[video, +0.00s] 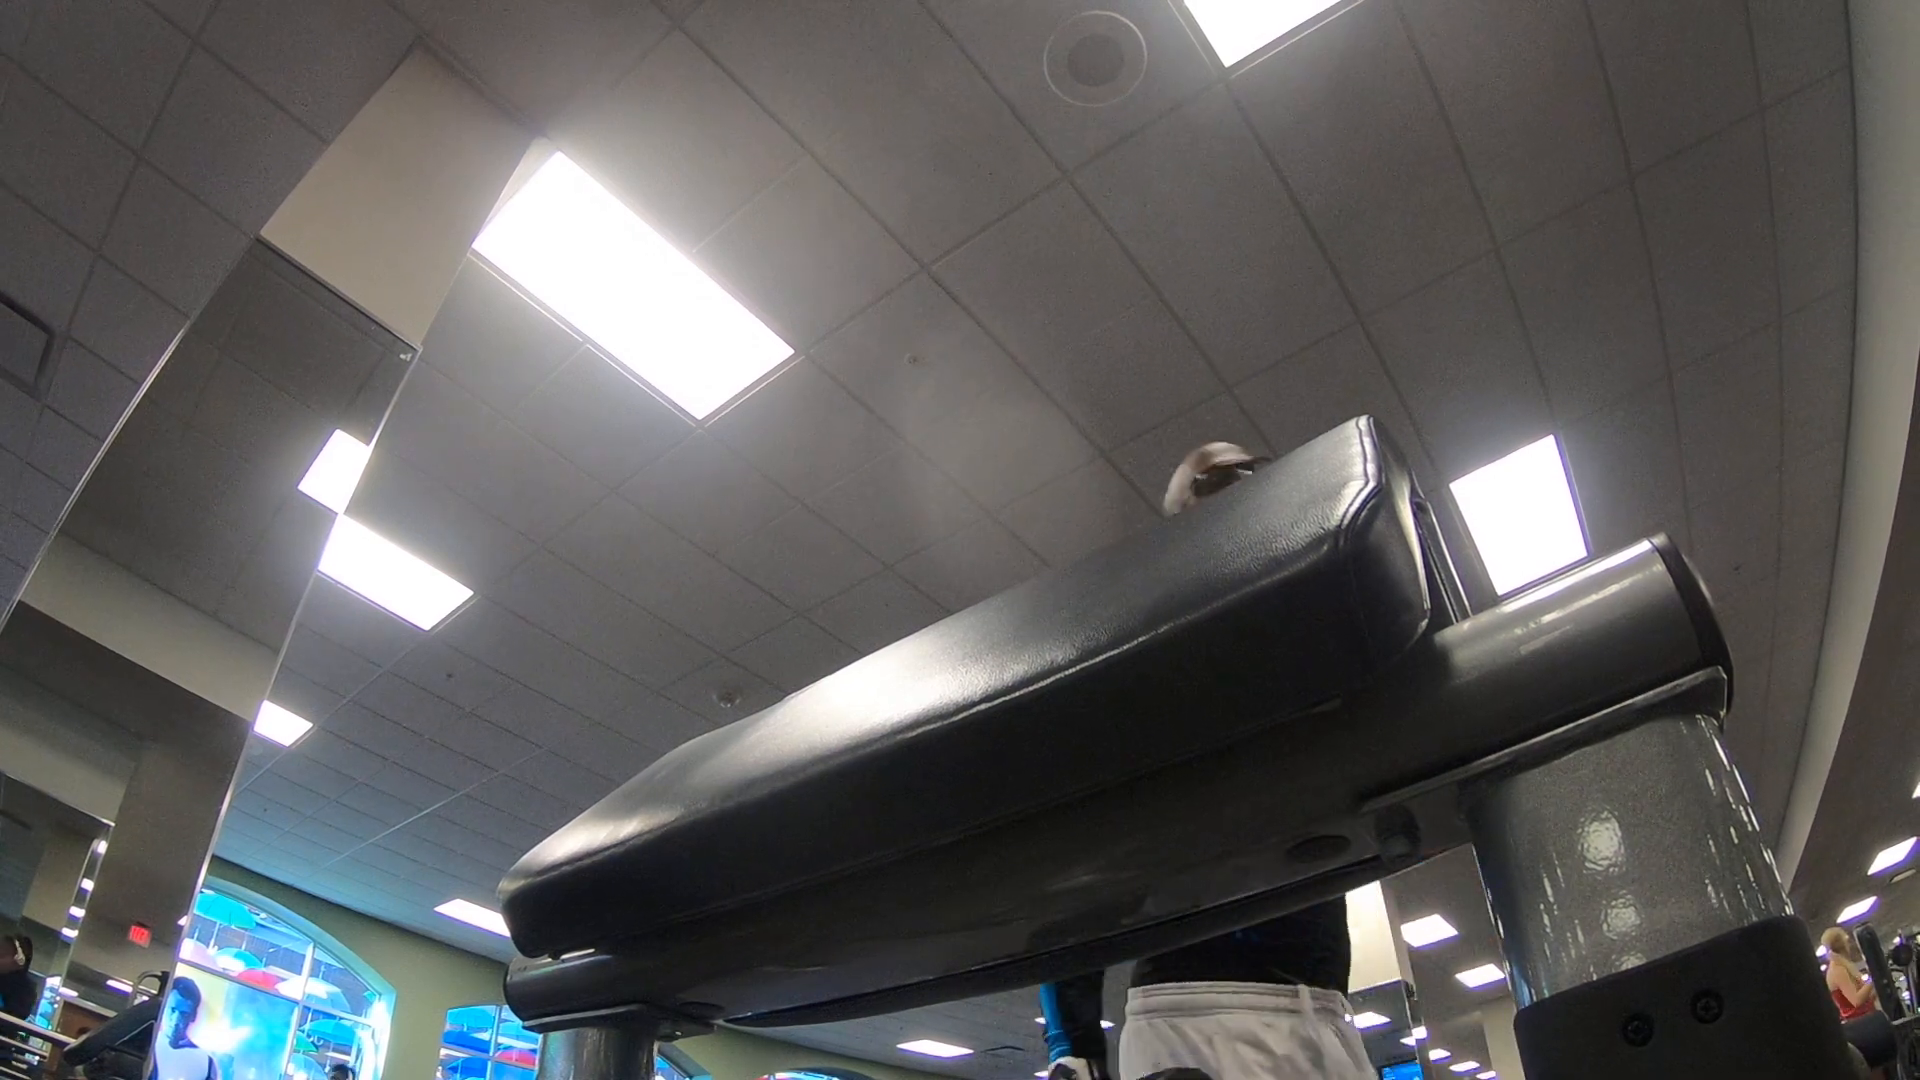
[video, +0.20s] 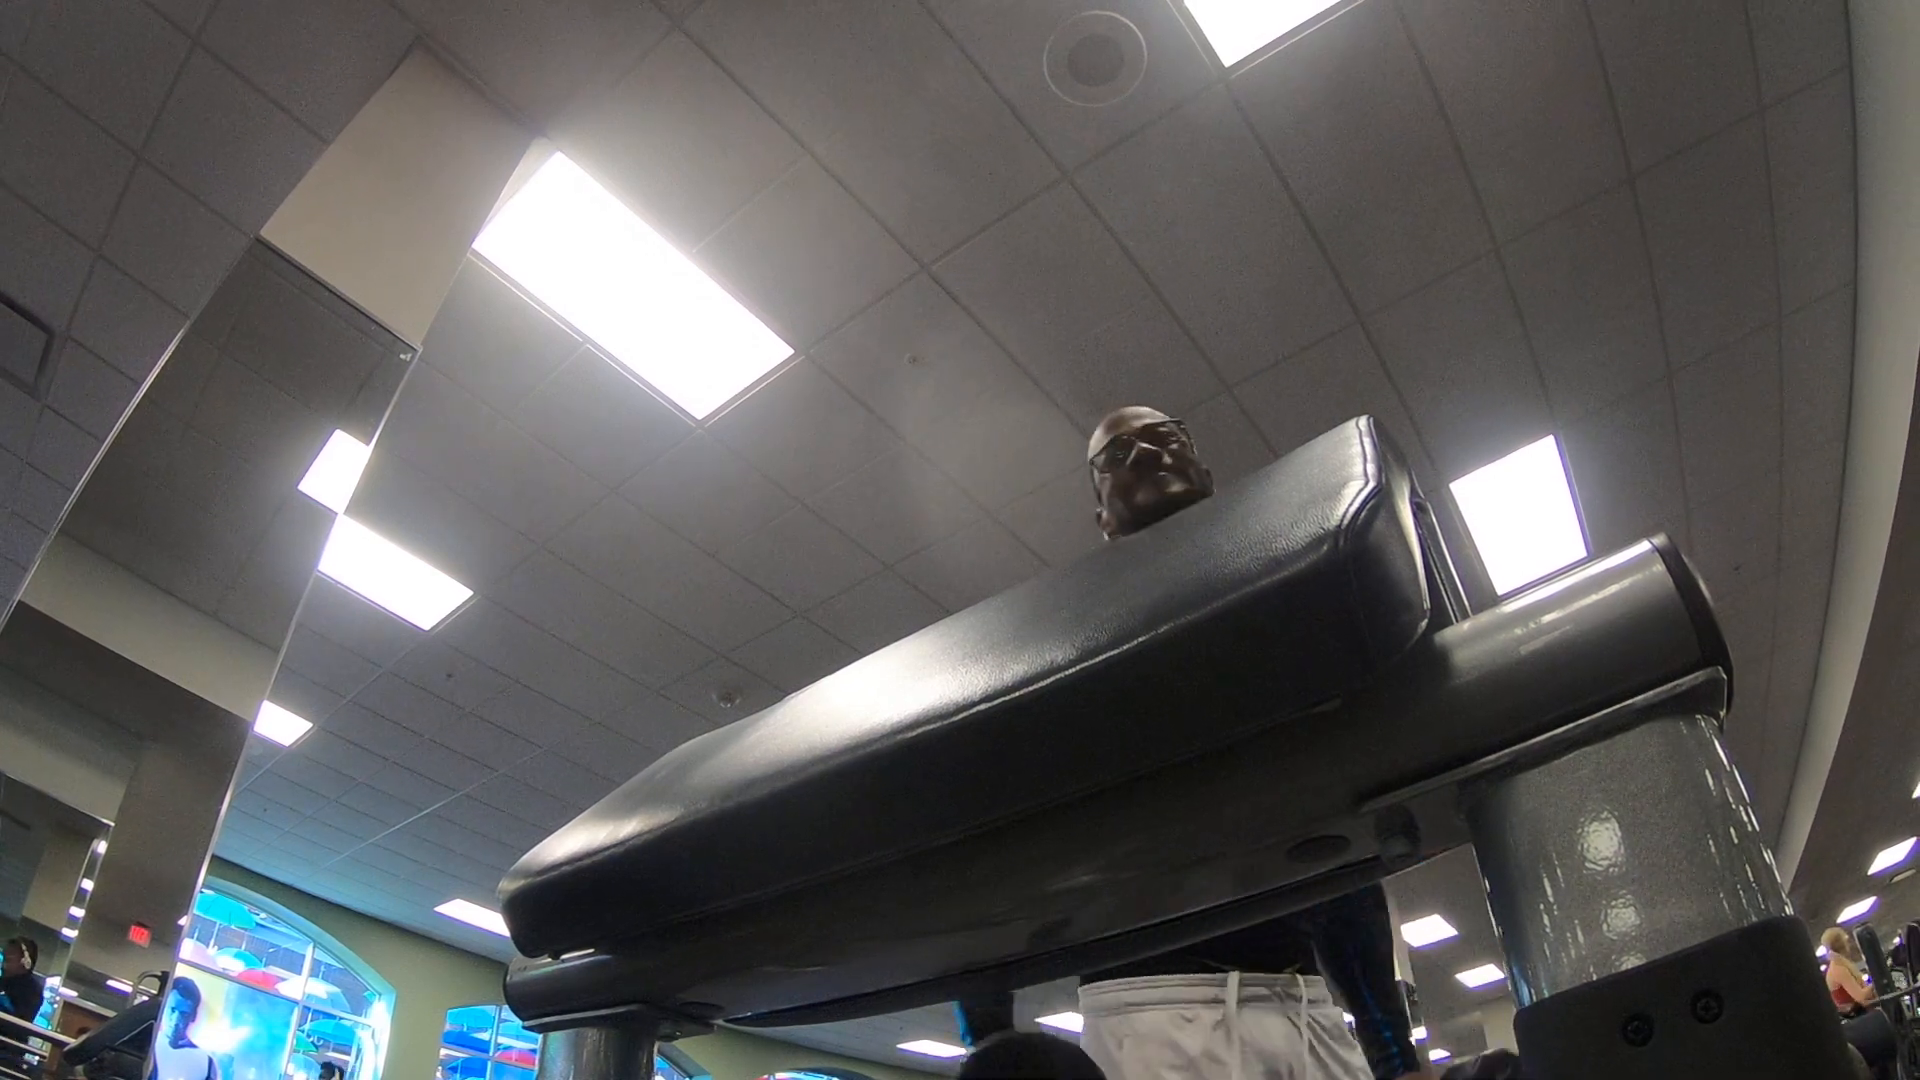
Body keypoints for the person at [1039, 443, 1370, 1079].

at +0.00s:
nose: (1237, 499)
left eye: (1248, 481)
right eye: (1209, 490)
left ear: (1279, 494)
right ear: (1172, 527)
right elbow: (1073, 859)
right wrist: (1078, 1048)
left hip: (1319, 1007)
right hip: (1188, 1009)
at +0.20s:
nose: (1145, 447)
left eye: (1165, 437)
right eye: (1117, 452)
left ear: (1205, 474)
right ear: (1100, 509)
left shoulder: (1287, 596)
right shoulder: (1064, 626)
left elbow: (1338, 836)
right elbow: (982, 849)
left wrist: (1396, 1054)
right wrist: (996, 1054)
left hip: (1303, 994)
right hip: (1145, 1006)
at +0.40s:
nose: (1094, 460)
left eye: (1113, 445)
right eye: (1067, 461)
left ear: (1158, 476)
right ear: (1049, 508)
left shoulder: (1257, 577)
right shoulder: (1023, 639)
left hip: (1310, 970)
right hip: (1138, 998)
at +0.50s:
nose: (1085, 472)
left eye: (1106, 455)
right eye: (1060, 472)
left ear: (1156, 478)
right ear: (1050, 515)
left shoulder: (1252, 576)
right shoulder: (1022, 645)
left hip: (1311, 956)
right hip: (1132, 995)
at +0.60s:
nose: (1099, 487)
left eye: (1120, 467)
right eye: (1074, 486)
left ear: (1170, 490)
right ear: (1065, 528)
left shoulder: (1263, 570)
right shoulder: (1033, 637)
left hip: (1314, 949)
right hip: (1131, 989)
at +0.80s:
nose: (1113, 489)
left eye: (1132, 464)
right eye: (1092, 490)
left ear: (1194, 478)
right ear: (1089, 527)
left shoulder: (1291, 557)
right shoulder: (1064, 630)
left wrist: (1323, 421)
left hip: (1328, 921)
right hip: (1140, 963)